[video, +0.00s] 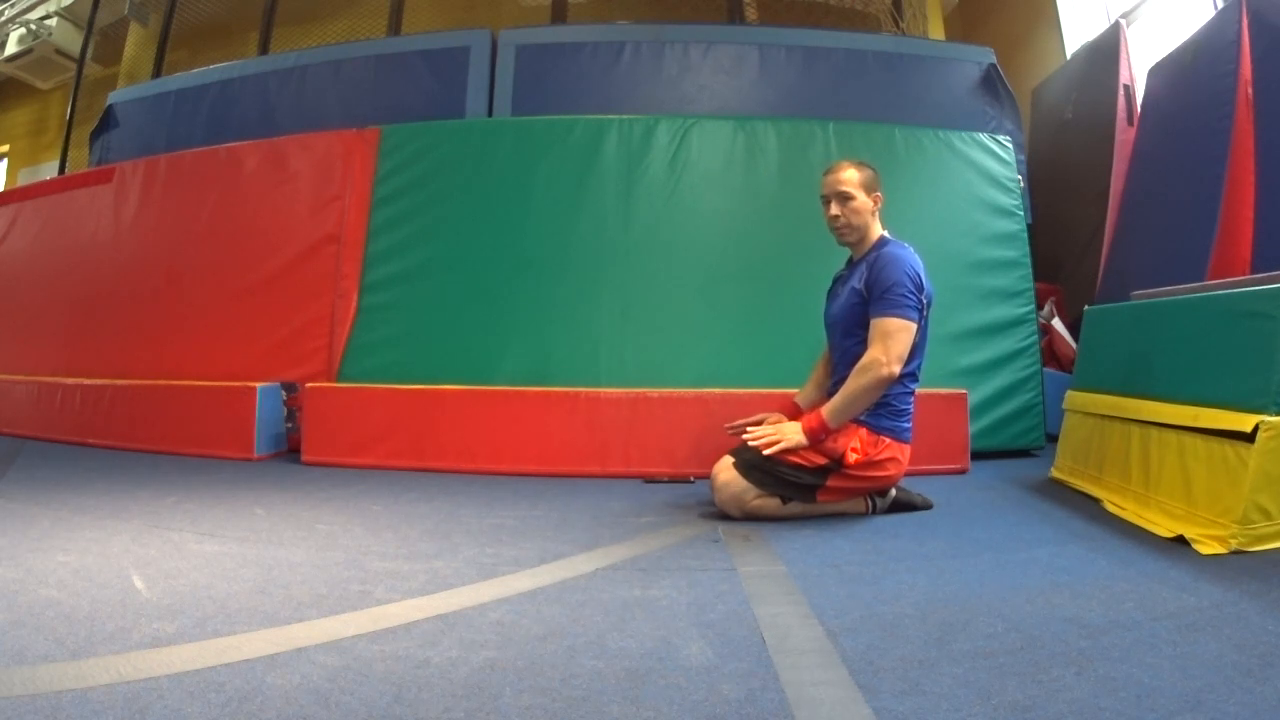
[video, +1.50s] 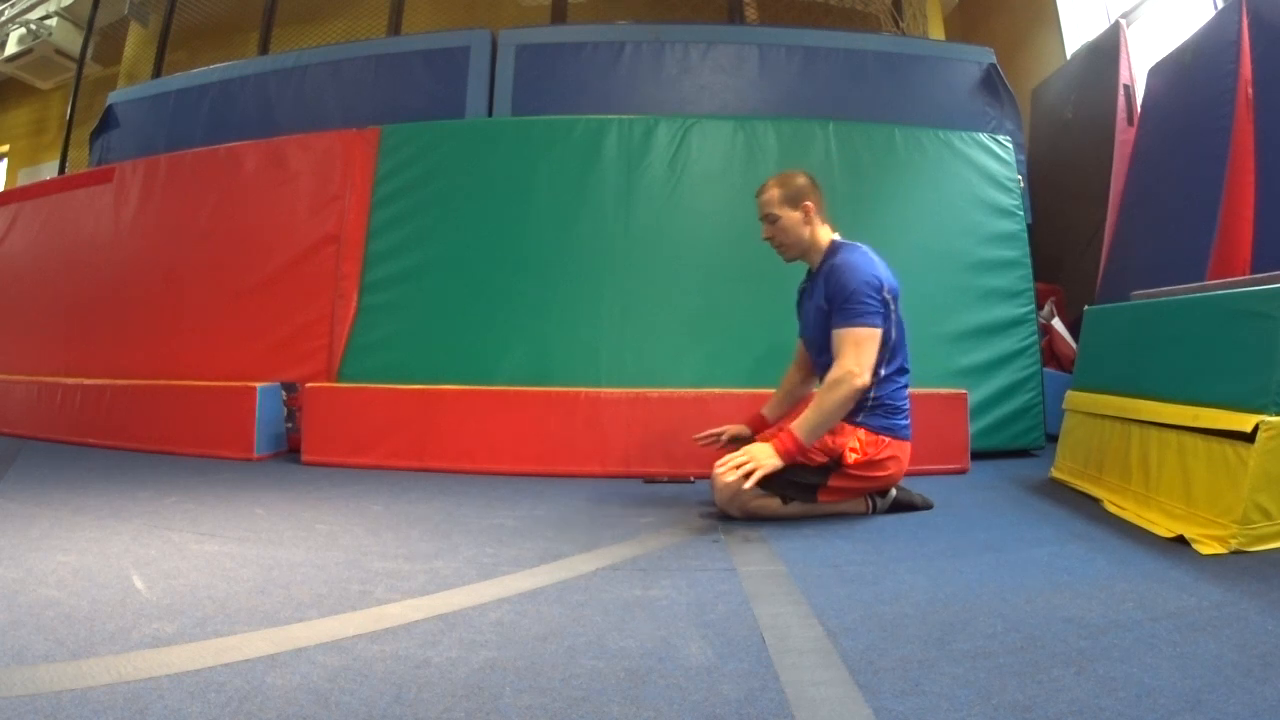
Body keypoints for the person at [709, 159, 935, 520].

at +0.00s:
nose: (833, 212)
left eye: (845, 198)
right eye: (827, 202)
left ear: (876, 201)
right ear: (822, 208)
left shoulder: (895, 263)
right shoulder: (850, 274)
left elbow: (884, 365)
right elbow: (834, 360)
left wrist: (809, 429)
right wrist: (791, 414)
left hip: (872, 445)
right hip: (847, 435)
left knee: (734, 493)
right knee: (725, 474)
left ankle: (869, 502)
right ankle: (863, 491)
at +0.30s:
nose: (833, 211)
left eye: (844, 198)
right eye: (826, 202)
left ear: (875, 201)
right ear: (822, 208)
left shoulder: (895, 263)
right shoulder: (850, 275)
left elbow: (884, 365)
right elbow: (834, 360)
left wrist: (809, 427)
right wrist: (790, 417)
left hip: (872, 445)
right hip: (846, 435)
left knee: (734, 493)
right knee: (725, 474)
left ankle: (869, 502)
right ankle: (861, 491)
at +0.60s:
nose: (832, 213)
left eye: (843, 199)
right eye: (825, 203)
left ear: (873, 201)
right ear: (820, 209)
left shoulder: (894, 263)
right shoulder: (849, 276)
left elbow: (884, 365)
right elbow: (835, 360)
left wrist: (810, 428)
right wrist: (791, 415)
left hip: (872, 443)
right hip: (846, 434)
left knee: (734, 494)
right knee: (726, 474)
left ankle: (869, 502)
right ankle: (862, 492)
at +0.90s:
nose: (827, 214)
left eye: (838, 201)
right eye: (821, 205)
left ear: (870, 202)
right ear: (817, 210)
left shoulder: (894, 263)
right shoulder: (848, 276)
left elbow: (883, 366)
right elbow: (835, 362)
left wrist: (810, 429)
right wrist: (791, 414)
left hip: (872, 444)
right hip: (847, 434)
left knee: (733, 493)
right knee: (726, 474)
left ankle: (868, 502)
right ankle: (863, 492)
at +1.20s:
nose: (812, 220)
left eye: (821, 207)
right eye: (808, 210)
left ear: (855, 204)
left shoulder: (889, 263)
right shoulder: (847, 274)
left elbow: (885, 366)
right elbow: (835, 361)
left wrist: (811, 430)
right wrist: (793, 413)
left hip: (872, 444)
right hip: (846, 434)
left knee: (734, 493)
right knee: (725, 474)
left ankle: (869, 502)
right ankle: (862, 491)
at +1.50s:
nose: (765, 235)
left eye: (772, 220)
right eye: (763, 224)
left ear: (807, 212)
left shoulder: (854, 270)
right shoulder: (814, 284)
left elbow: (853, 376)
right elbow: (804, 372)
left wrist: (780, 446)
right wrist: (755, 426)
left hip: (872, 444)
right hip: (843, 434)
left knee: (733, 492)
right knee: (726, 479)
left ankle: (870, 502)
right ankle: (862, 494)